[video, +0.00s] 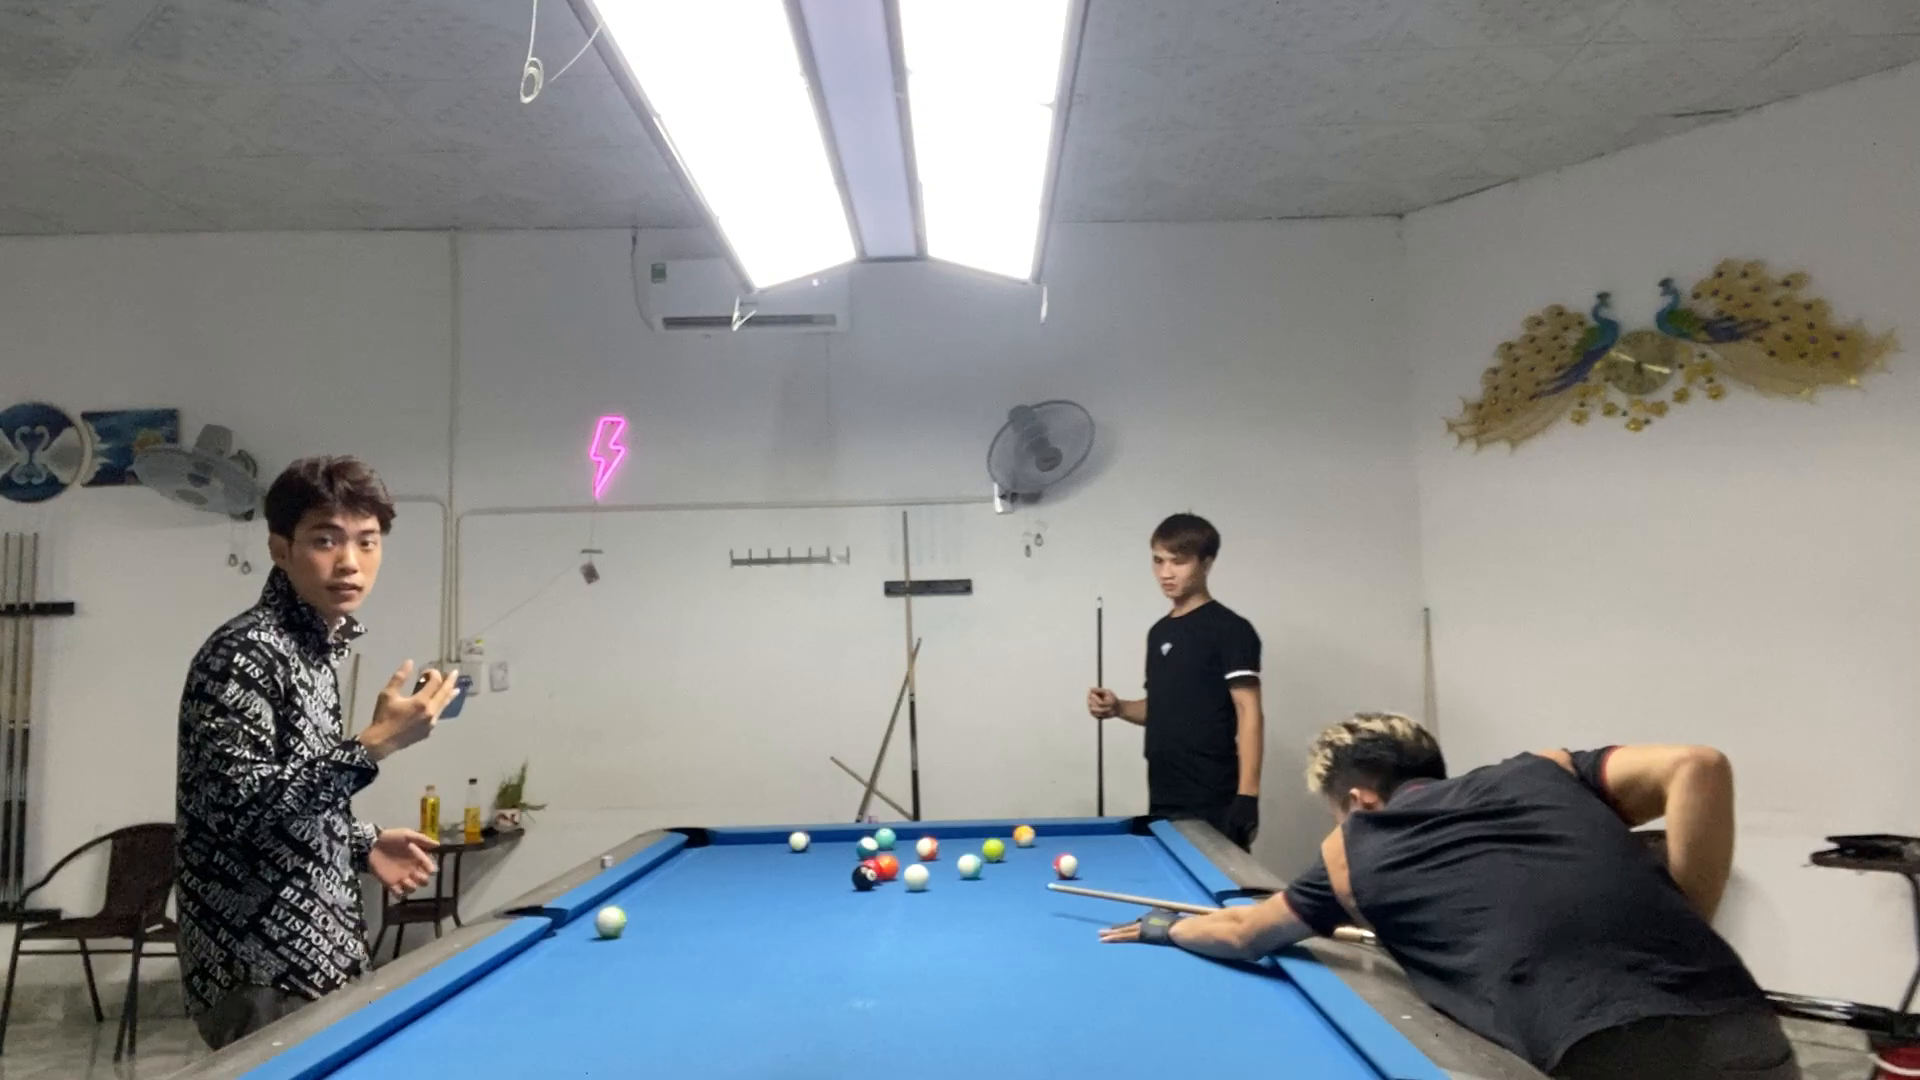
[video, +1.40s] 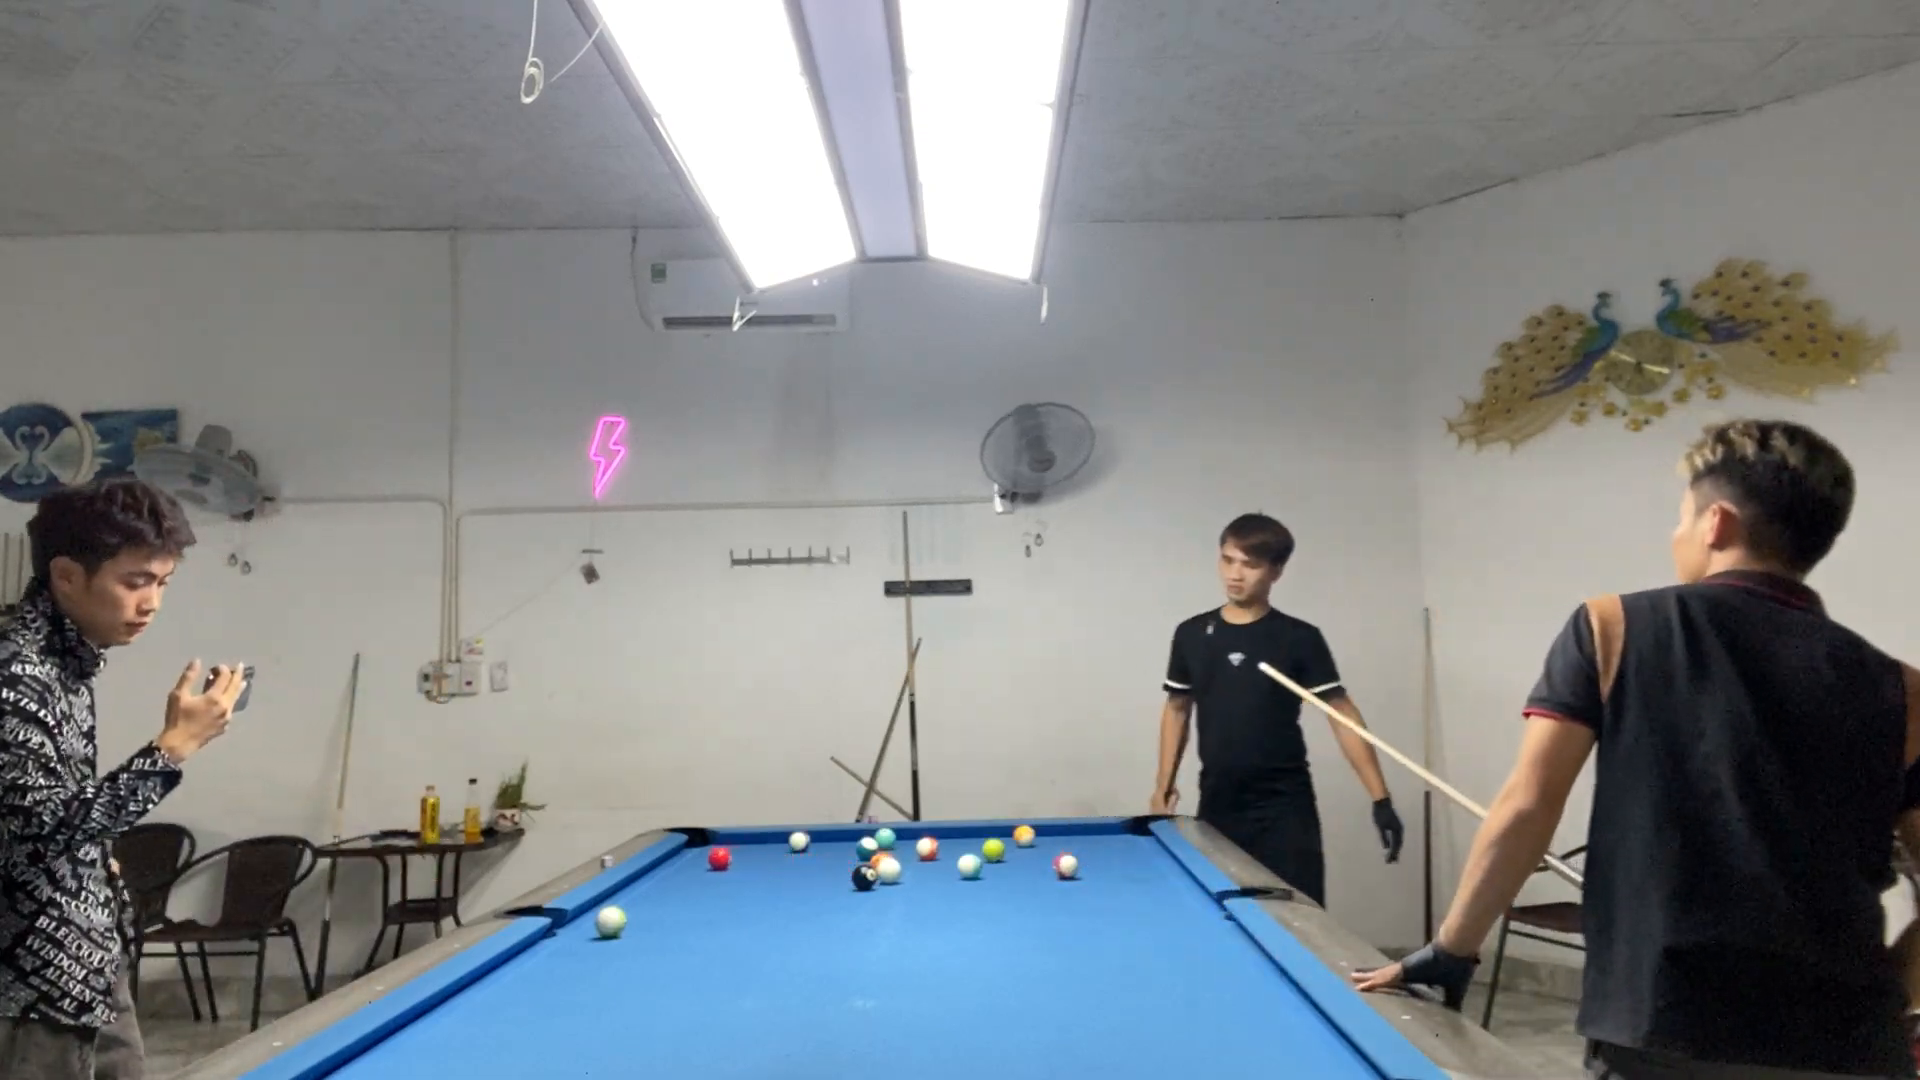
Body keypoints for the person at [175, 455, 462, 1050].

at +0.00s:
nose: (350, 561)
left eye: (366, 541)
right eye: (326, 540)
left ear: (381, 552)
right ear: (281, 549)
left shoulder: (314, 658)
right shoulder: (241, 654)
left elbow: (293, 807)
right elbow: (243, 810)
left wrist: (366, 844)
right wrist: (374, 743)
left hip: (321, 951)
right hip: (259, 967)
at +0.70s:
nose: (299, 563)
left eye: (314, 543)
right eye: (275, 542)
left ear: (329, 554)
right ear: (230, 554)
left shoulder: (267, 664)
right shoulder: (187, 657)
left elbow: (251, 820)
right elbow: (188, 796)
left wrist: (297, 897)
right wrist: (321, 728)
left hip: (279, 965)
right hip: (199, 973)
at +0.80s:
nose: (270, 567)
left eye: (285, 547)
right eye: (245, 546)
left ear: (299, 557)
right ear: (199, 559)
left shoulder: (236, 669)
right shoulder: (156, 662)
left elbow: (239, 844)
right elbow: (163, 801)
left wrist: (277, 963)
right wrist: (296, 730)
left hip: (248, 975)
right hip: (171, 983)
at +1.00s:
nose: (226, 587)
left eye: (237, 566)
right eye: (201, 564)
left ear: (246, 571)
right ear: (140, 572)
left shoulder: (163, 681)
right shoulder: (86, 676)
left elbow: (163, 857)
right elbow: (102, 826)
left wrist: (200, 981)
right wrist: (240, 744)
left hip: (177, 990)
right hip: (93, 1001)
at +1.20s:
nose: (183, 602)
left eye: (193, 583)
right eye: (165, 580)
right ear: (96, 575)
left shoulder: (101, 675)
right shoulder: (35, 681)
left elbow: (97, 840)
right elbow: (75, 838)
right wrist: (200, 747)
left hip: (132, 980)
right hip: (49, 999)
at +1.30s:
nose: (165, 604)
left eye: (174, 583)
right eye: (148, 582)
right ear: (81, 576)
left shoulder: (80, 668)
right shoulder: (23, 679)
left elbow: (79, 834)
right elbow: (62, 832)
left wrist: (122, 930)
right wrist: (185, 746)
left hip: (115, 970)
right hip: (40, 991)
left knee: (144, 1068)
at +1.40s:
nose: (152, 603)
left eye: (160, 583)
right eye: (135, 582)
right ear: (68, 576)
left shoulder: (68, 660)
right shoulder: (15, 674)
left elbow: (64, 816)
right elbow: (50, 831)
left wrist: (101, 866)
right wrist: (174, 746)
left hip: (97, 968)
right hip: (33, 987)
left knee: (124, 1068)